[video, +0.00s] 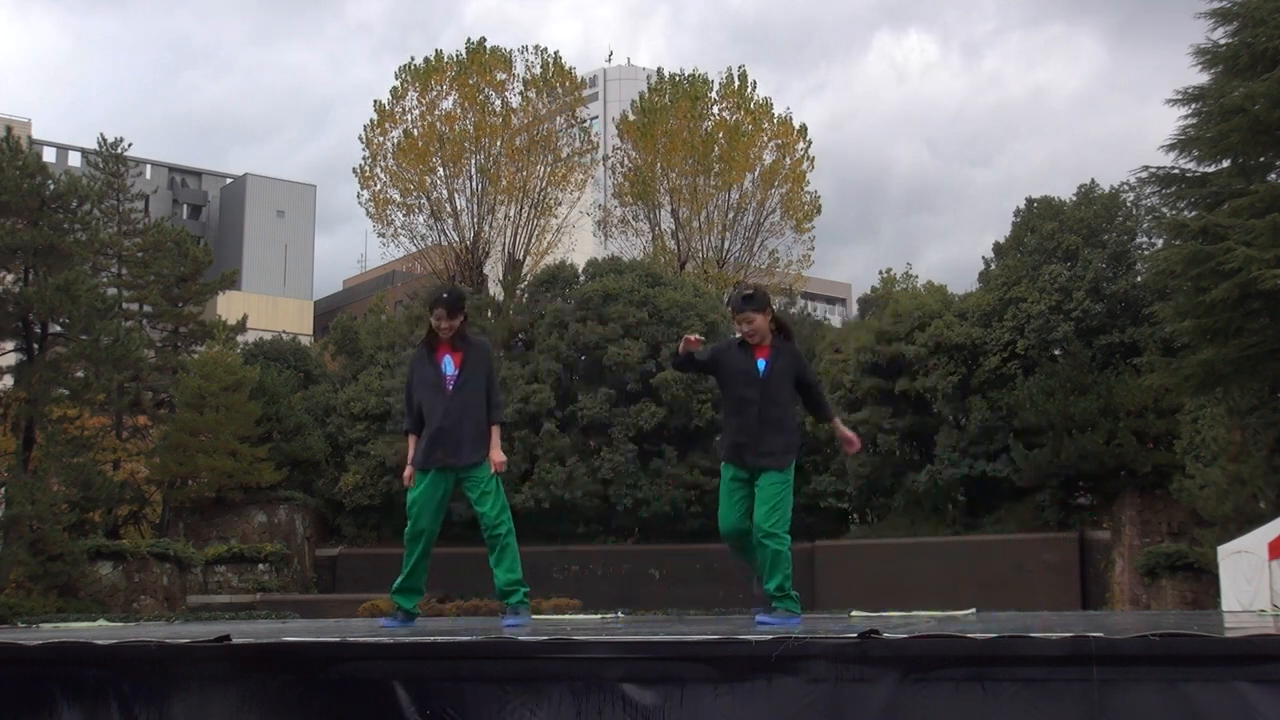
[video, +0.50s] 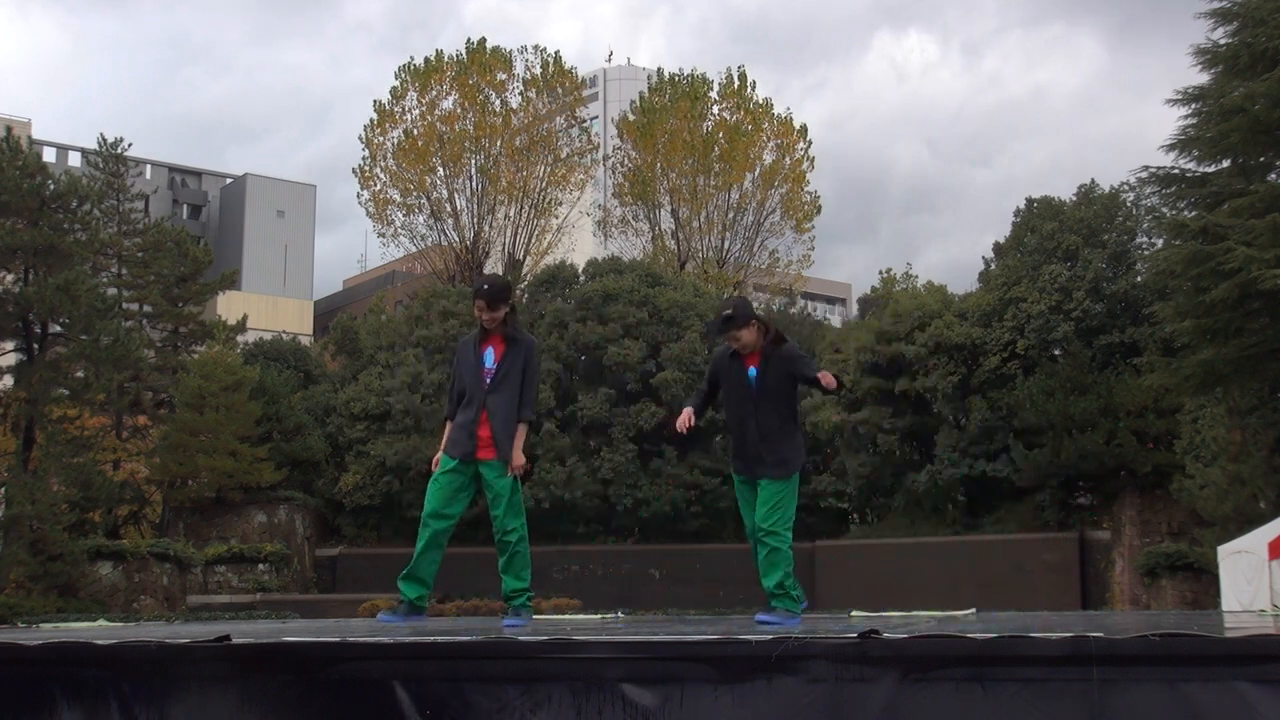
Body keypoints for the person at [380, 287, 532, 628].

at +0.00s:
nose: (443, 324)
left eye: (449, 318)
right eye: (437, 318)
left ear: (462, 317)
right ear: (430, 319)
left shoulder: (480, 350)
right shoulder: (421, 356)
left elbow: (493, 400)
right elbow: (413, 412)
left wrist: (495, 445)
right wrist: (411, 460)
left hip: (476, 454)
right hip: (431, 457)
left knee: (497, 525)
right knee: (418, 529)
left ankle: (515, 604)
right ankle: (405, 607)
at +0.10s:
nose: (459, 322)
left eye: (465, 315)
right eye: (453, 316)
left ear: (477, 314)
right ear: (445, 315)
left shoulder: (496, 350)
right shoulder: (435, 355)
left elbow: (506, 401)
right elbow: (428, 412)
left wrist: (507, 445)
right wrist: (424, 459)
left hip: (489, 454)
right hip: (445, 456)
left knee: (508, 527)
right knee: (426, 529)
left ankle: (518, 605)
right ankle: (407, 606)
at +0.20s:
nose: (472, 318)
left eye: (479, 312)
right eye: (466, 311)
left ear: (492, 310)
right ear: (458, 311)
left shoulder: (511, 347)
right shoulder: (449, 350)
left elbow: (519, 399)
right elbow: (442, 405)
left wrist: (519, 444)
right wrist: (436, 454)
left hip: (499, 451)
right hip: (454, 452)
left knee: (512, 527)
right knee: (433, 525)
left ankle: (519, 604)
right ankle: (411, 601)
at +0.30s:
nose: (480, 316)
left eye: (487, 310)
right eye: (474, 310)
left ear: (501, 309)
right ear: (468, 309)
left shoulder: (519, 346)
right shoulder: (459, 348)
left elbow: (527, 399)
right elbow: (450, 402)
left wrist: (523, 445)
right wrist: (440, 449)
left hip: (503, 452)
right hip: (458, 451)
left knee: (514, 527)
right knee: (431, 519)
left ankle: (519, 604)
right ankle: (418, 597)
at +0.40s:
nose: (486, 315)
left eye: (493, 310)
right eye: (481, 309)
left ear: (506, 307)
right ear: (473, 308)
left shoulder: (523, 345)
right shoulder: (465, 345)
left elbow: (529, 401)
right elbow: (454, 401)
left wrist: (521, 446)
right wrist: (442, 446)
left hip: (502, 452)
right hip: (459, 450)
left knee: (512, 529)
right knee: (431, 518)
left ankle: (519, 605)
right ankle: (420, 602)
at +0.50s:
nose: (486, 315)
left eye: (493, 309)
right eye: (481, 309)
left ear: (507, 307)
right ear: (474, 307)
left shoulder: (524, 346)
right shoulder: (465, 346)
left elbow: (528, 401)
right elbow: (455, 401)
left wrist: (517, 447)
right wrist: (443, 447)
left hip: (499, 452)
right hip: (459, 450)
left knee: (509, 530)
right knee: (433, 520)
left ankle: (518, 606)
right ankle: (413, 602)